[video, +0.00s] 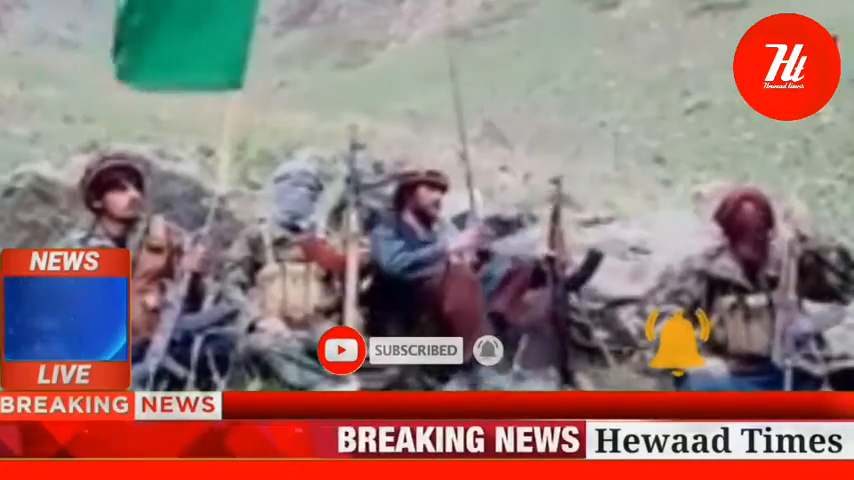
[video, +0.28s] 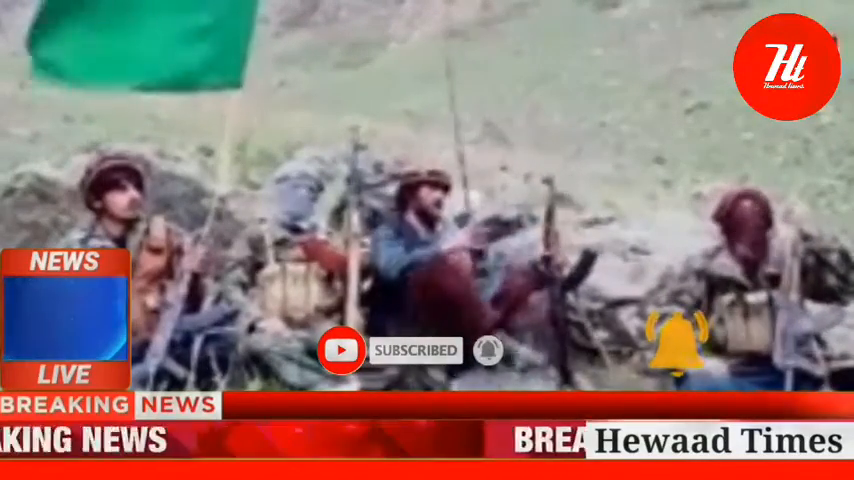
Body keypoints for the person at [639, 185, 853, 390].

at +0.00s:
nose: (752, 241)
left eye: (758, 230)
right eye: (741, 232)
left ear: (769, 228)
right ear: (728, 232)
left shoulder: (792, 262)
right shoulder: (704, 269)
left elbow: (843, 289)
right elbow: (663, 306)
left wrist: (808, 245)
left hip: (789, 366)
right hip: (730, 369)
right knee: (699, 381)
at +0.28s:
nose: (750, 241)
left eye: (757, 231)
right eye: (740, 232)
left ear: (768, 228)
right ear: (726, 231)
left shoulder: (791, 260)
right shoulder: (704, 267)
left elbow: (844, 287)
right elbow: (670, 305)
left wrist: (804, 241)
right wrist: (675, 328)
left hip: (789, 366)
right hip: (730, 368)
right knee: (696, 382)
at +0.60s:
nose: (754, 235)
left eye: (761, 226)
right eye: (744, 226)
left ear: (769, 228)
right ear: (727, 230)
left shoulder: (788, 263)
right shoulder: (703, 269)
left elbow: (838, 289)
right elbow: (672, 305)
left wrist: (806, 243)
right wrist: (675, 330)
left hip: (795, 368)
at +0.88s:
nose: (751, 231)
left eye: (758, 223)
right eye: (741, 223)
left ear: (769, 226)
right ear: (727, 228)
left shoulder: (795, 263)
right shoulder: (701, 269)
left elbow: (841, 296)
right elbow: (663, 314)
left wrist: (815, 244)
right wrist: (691, 358)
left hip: (787, 365)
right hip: (725, 368)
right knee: (704, 387)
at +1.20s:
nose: (752, 234)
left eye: (759, 226)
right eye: (743, 225)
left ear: (771, 228)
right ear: (729, 229)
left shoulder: (796, 265)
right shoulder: (702, 270)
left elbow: (841, 297)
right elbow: (666, 315)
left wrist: (820, 246)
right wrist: (693, 359)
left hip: (788, 366)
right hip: (726, 369)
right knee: (701, 386)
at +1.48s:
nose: (746, 231)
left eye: (752, 223)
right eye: (739, 223)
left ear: (769, 226)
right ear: (728, 227)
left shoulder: (794, 263)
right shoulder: (703, 269)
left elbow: (835, 302)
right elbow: (673, 312)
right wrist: (691, 351)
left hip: (786, 358)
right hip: (724, 360)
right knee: (702, 382)